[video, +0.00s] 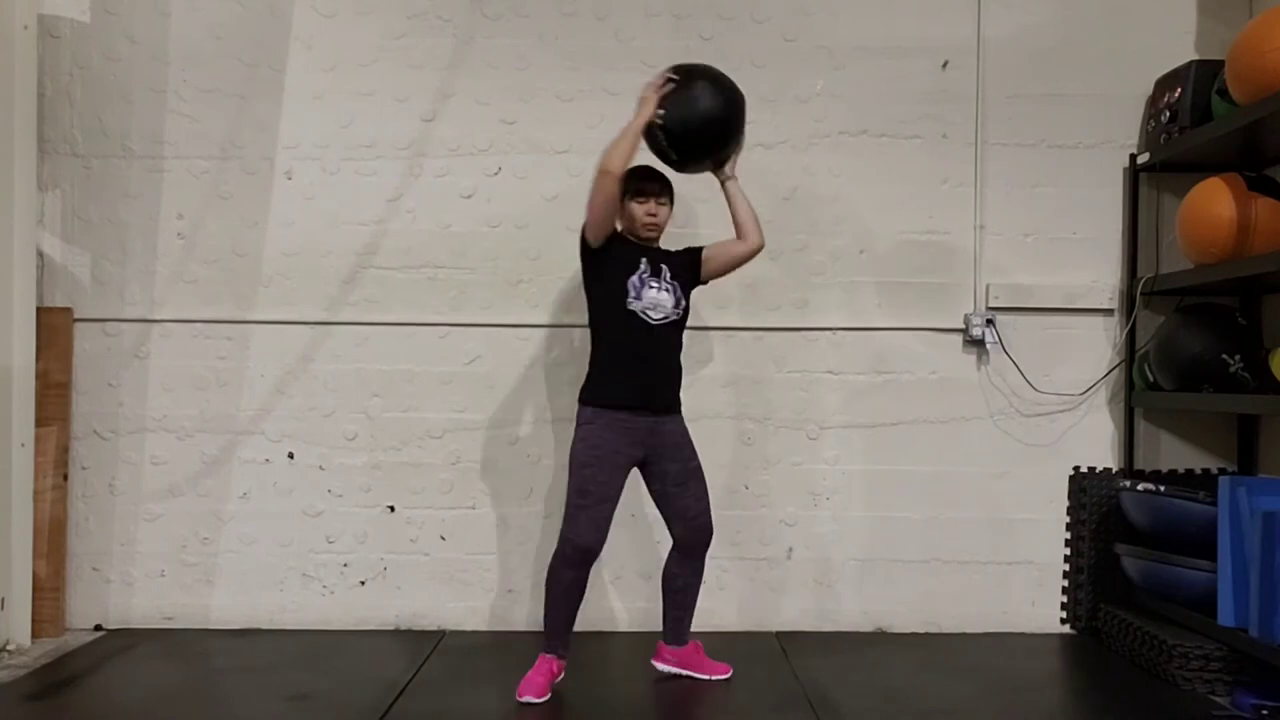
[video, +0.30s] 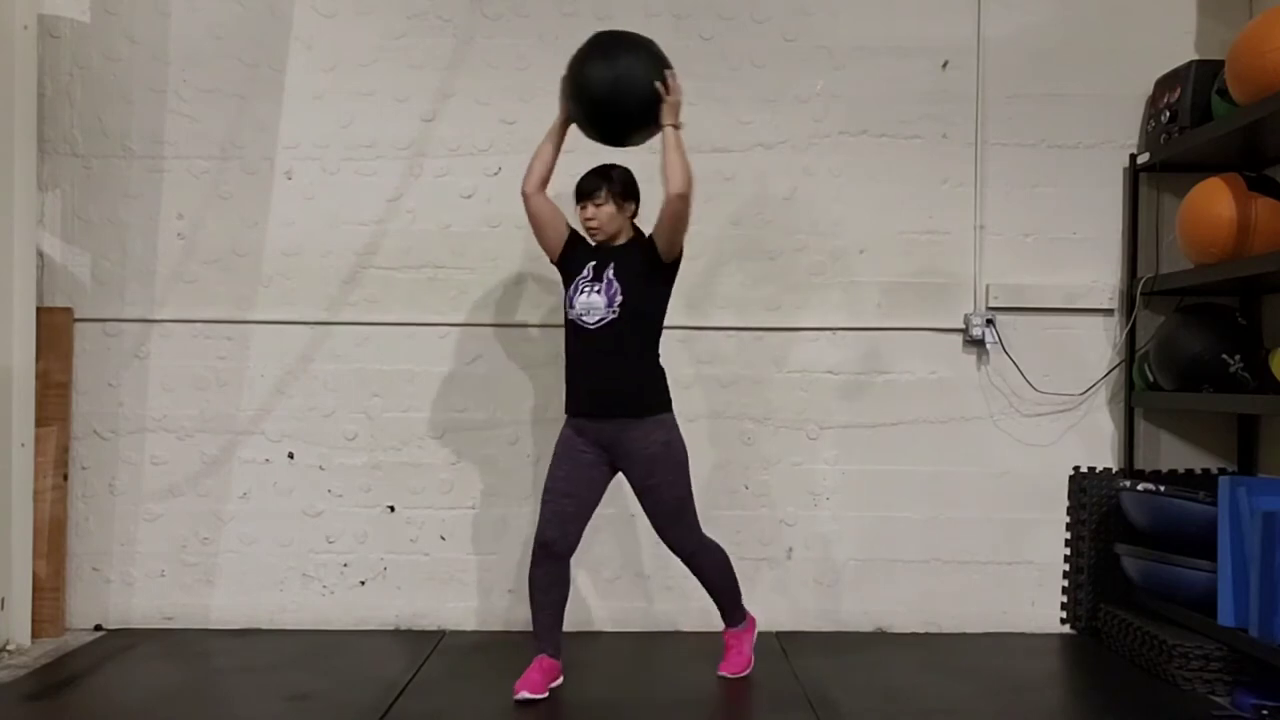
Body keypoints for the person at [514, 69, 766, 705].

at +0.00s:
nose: (653, 207)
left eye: (662, 199)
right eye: (643, 197)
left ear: (671, 210)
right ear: (621, 204)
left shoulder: (681, 265)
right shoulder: (603, 252)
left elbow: (750, 242)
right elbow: (608, 176)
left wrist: (725, 173)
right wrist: (643, 116)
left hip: (665, 425)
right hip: (606, 423)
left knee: (695, 533)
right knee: (580, 543)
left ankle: (676, 645)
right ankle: (552, 655)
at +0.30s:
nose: (587, 212)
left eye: (597, 203)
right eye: (584, 205)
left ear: (626, 204)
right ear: (583, 213)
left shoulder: (655, 257)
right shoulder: (575, 261)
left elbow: (679, 194)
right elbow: (533, 192)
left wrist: (670, 122)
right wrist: (564, 120)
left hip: (647, 430)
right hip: (583, 431)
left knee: (684, 539)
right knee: (550, 544)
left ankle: (738, 624)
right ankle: (547, 656)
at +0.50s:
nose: (562, 237)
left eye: (570, 227)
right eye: (557, 229)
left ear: (599, 226)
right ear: (558, 235)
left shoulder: (634, 276)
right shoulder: (568, 281)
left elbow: (594, 242)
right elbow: (506, 260)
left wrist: (585, 157)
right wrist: (499, 188)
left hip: (655, 446)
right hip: (599, 446)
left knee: (680, 560)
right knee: (548, 540)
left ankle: (743, 627)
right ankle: (548, 657)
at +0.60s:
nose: (559, 274)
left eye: (567, 263)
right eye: (555, 266)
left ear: (597, 256)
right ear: (557, 267)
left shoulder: (628, 305)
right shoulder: (572, 309)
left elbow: (576, 335)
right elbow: (509, 348)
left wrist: (532, 266)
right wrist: (474, 293)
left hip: (663, 461)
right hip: (610, 460)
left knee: (673, 581)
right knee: (551, 541)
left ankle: (745, 628)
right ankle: (549, 658)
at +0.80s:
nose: (528, 323)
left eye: (536, 311)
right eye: (525, 313)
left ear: (571, 311)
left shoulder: (606, 373)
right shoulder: (544, 379)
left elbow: (619, 469)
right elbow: (540, 455)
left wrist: (610, 553)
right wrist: (525, 531)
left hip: (659, 496)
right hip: (603, 486)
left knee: (663, 620)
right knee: (540, 551)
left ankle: (744, 627)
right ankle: (551, 661)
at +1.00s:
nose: (507, 309)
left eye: (515, 298)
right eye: (504, 299)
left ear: (551, 298)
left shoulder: (591, 358)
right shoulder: (525, 373)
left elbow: (598, 455)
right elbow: (517, 452)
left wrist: (551, 523)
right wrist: (483, 505)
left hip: (647, 483)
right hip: (591, 479)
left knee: (663, 603)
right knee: (534, 551)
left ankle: (744, 627)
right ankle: (550, 659)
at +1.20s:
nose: (498, 287)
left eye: (509, 277)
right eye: (495, 278)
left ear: (542, 279)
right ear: (495, 282)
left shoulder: (572, 337)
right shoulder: (516, 356)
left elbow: (559, 432)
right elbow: (512, 432)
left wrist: (483, 462)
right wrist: (466, 459)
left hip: (639, 467)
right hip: (584, 468)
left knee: (673, 581)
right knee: (532, 550)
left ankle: (747, 630)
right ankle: (550, 661)